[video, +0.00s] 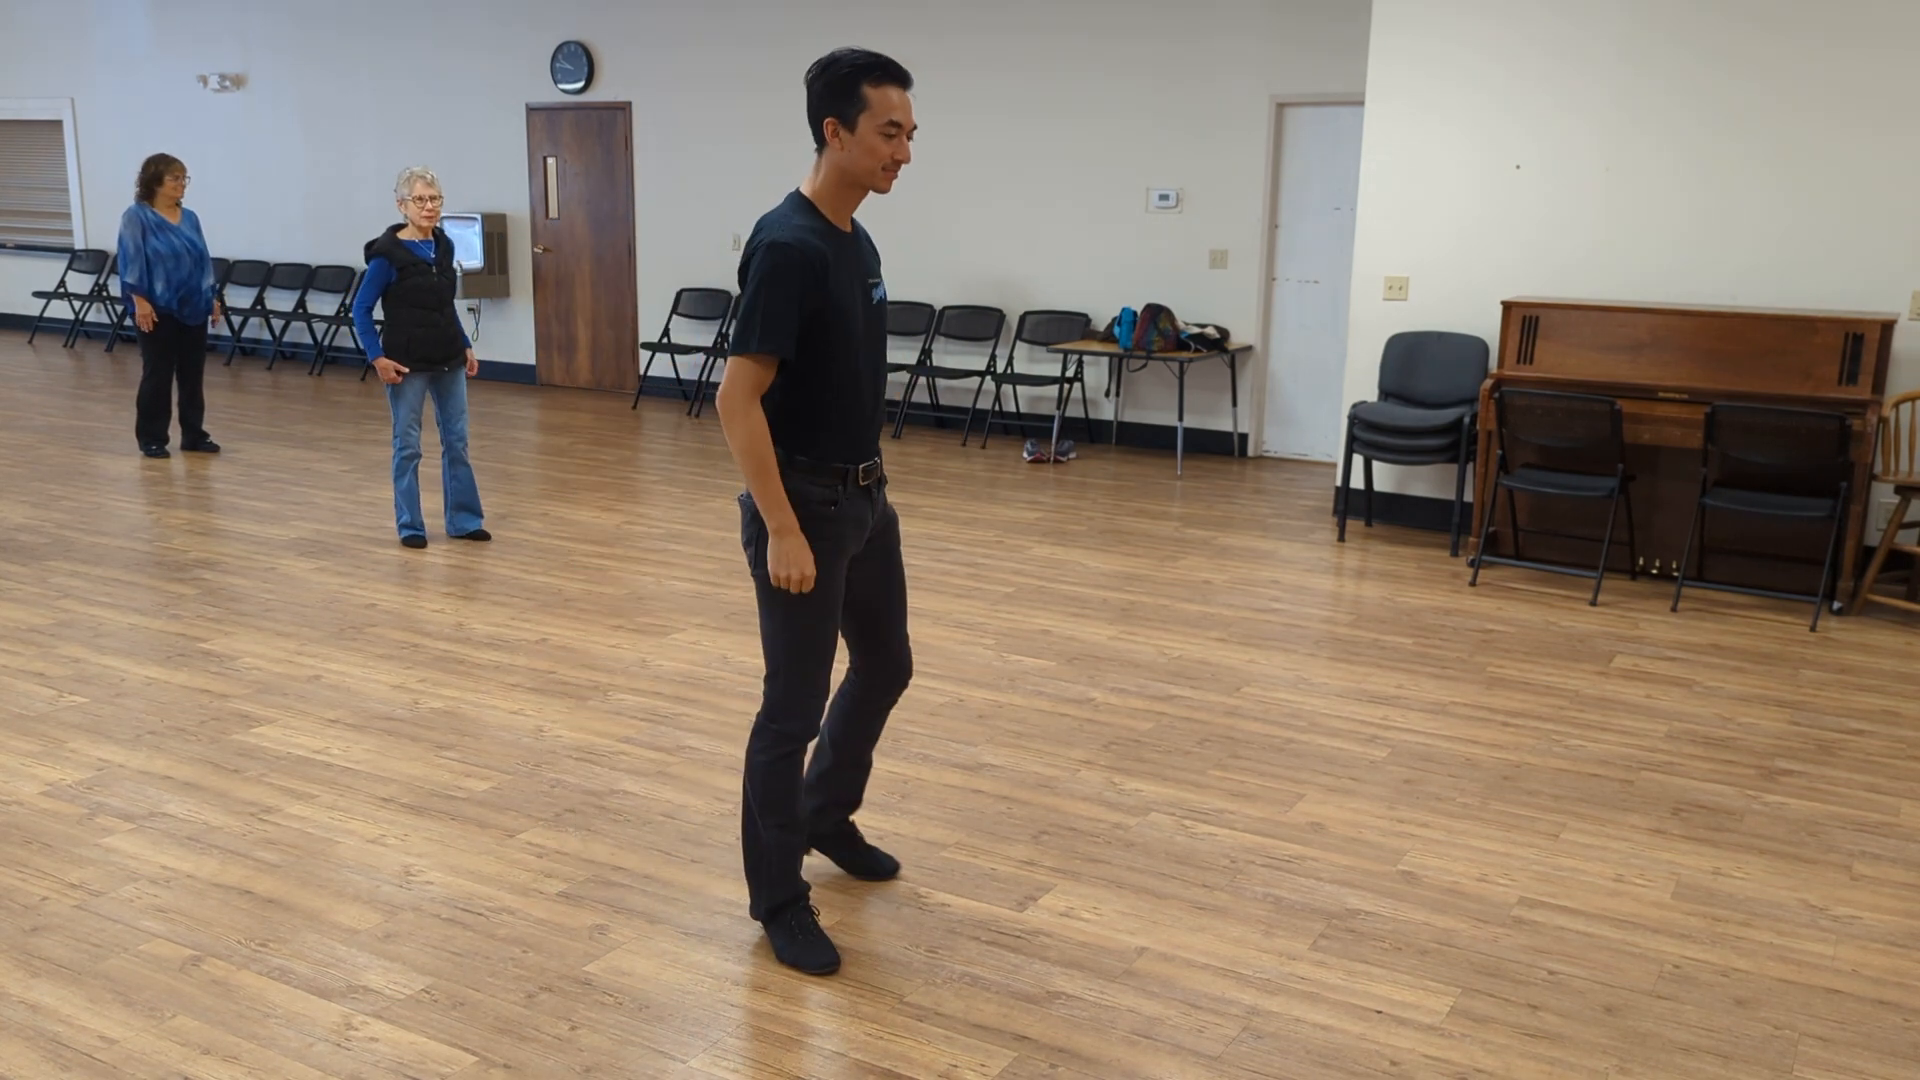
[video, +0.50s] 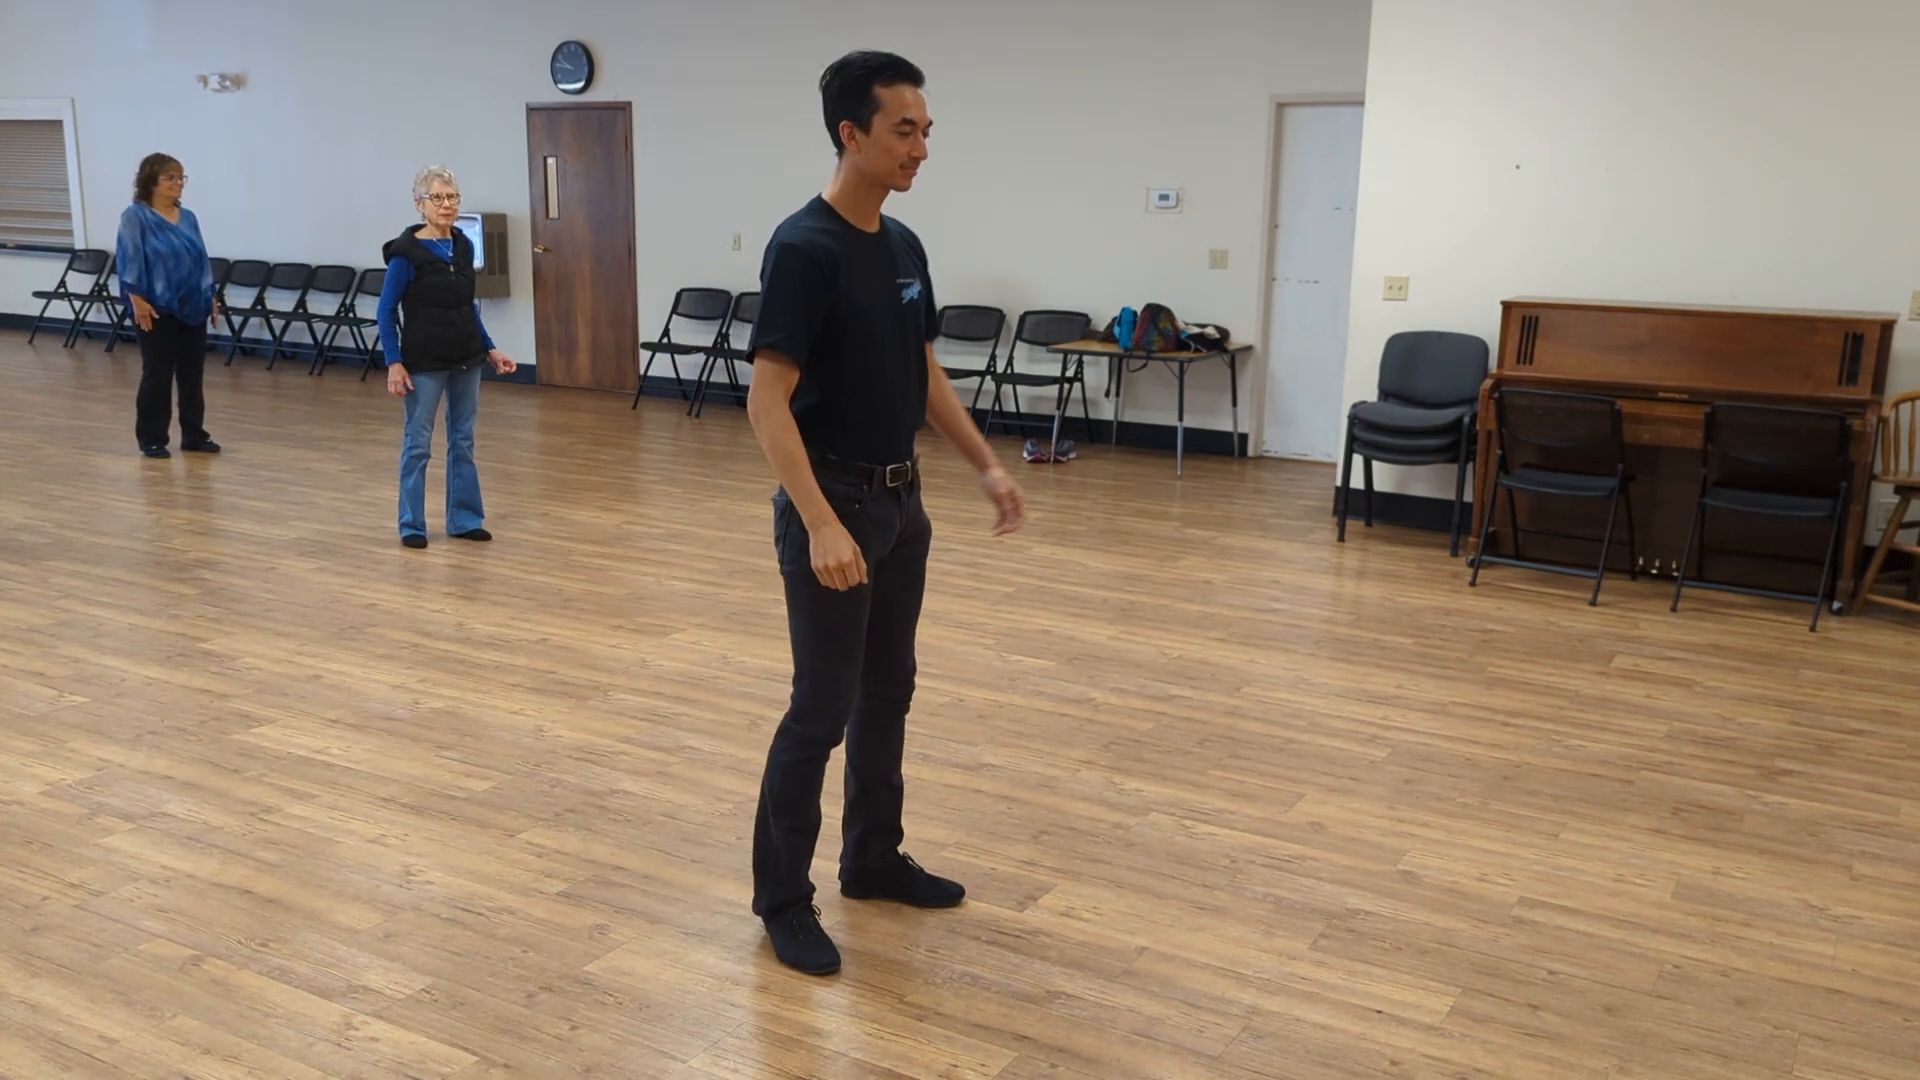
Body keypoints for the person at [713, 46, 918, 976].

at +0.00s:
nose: (906, 148)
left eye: (909, 130)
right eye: (891, 130)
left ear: (867, 136)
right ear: (834, 133)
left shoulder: (856, 242)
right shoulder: (785, 246)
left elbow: (840, 381)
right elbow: (736, 400)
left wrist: (863, 486)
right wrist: (782, 528)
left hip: (862, 502)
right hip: (801, 512)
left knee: (883, 668)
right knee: (791, 710)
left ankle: (824, 813)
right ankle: (777, 900)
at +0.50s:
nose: (921, 145)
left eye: (924, 129)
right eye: (904, 129)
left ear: (908, 136)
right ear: (849, 133)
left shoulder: (903, 245)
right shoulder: (801, 247)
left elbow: (926, 375)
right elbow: (766, 401)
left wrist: (986, 462)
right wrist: (820, 521)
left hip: (898, 499)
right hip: (826, 504)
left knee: (886, 692)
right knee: (820, 710)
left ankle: (873, 859)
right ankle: (782, 899)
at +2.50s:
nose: (911, 145)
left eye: (909, 129)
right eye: (893, 130)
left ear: (868, 147)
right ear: (834, 142)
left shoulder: (865, 247)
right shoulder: (779, 259)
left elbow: (870, 377)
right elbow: (740, 422)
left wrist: (965, 426)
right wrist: (844, 517)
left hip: (867, 515)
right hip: (795, 524)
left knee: (883, 697)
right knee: (796, 730)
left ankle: (871, 861)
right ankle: (766, 926)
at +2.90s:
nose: (920, 135)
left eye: (919, 118)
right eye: (900, 120)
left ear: (898, 134)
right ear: (843, 136)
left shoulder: (915, 256)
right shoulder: (785, 257)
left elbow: (942, 396)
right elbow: (730, 403)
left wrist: (1034, 453)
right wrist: (787, 516)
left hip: (908, 516)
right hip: (828, 519)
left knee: (886, 703)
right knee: (804, 727)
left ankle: (871, 860)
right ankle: (767, 925)